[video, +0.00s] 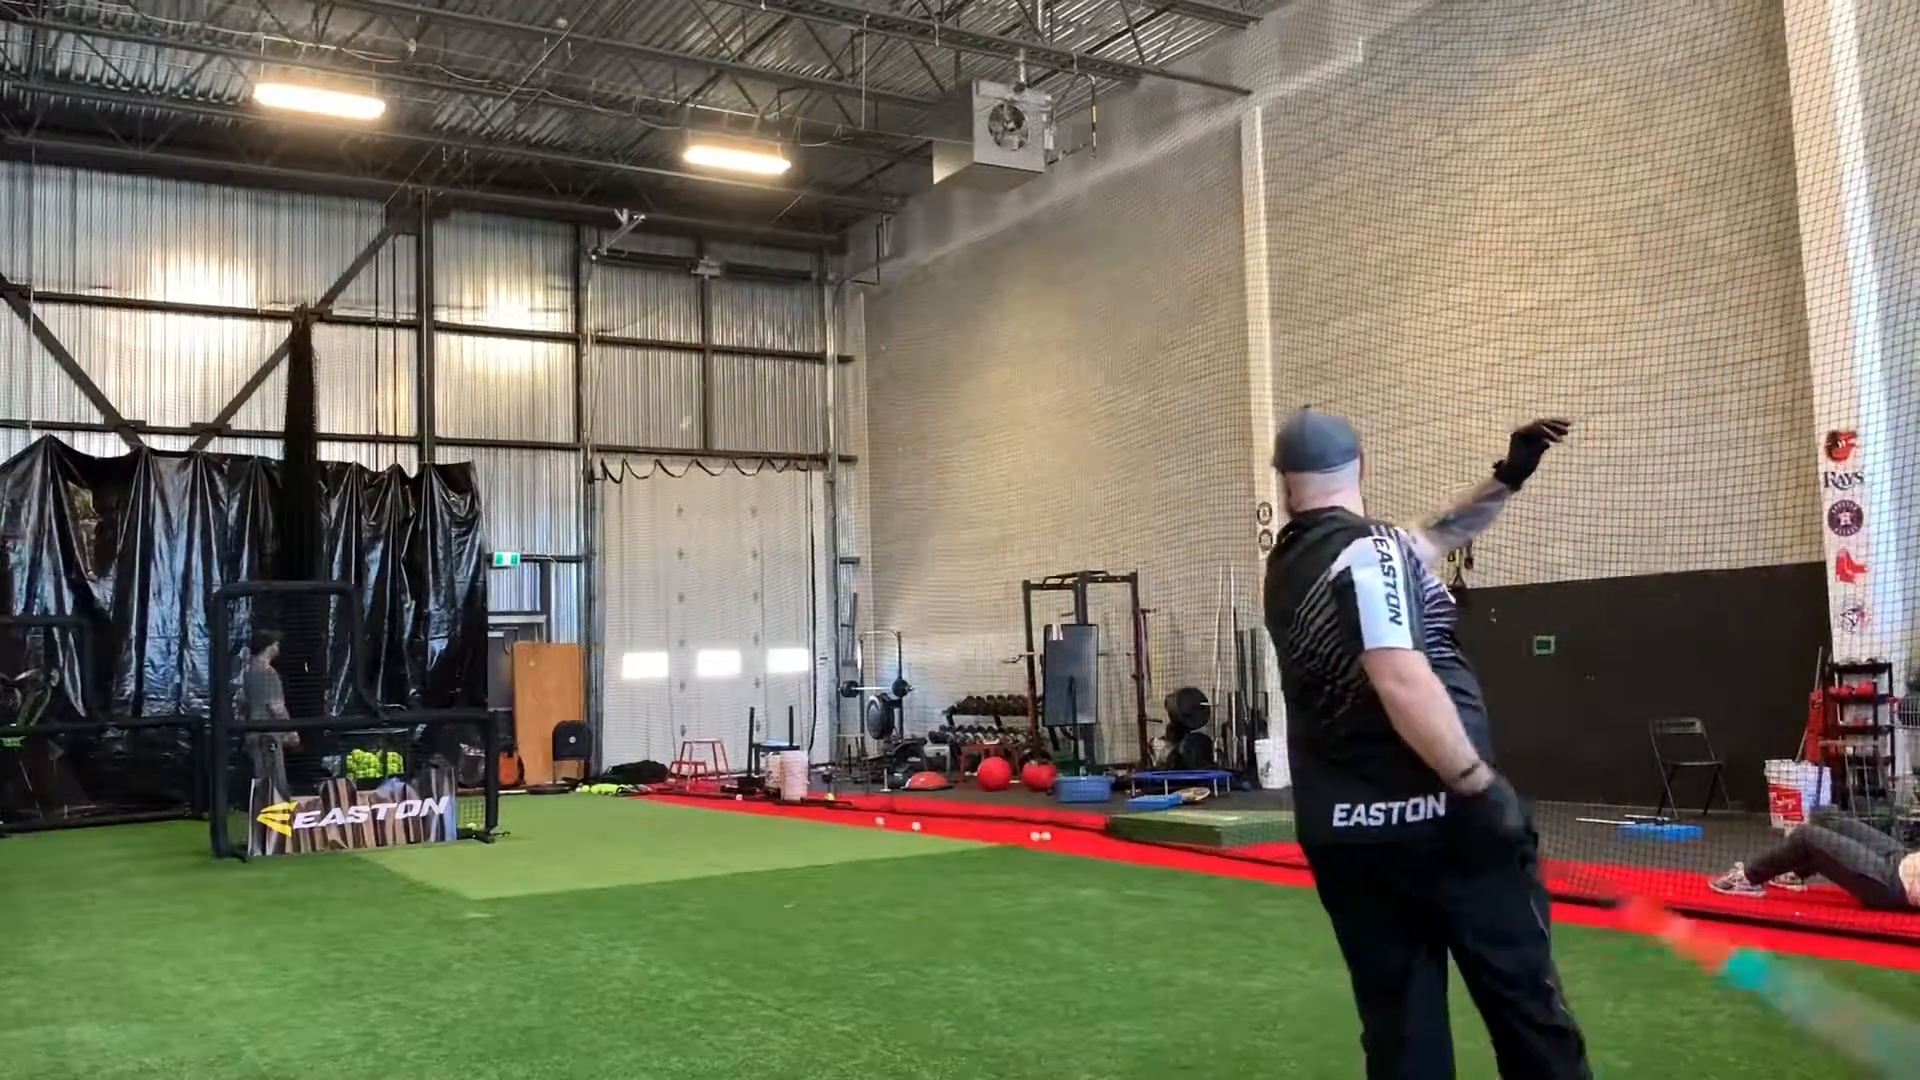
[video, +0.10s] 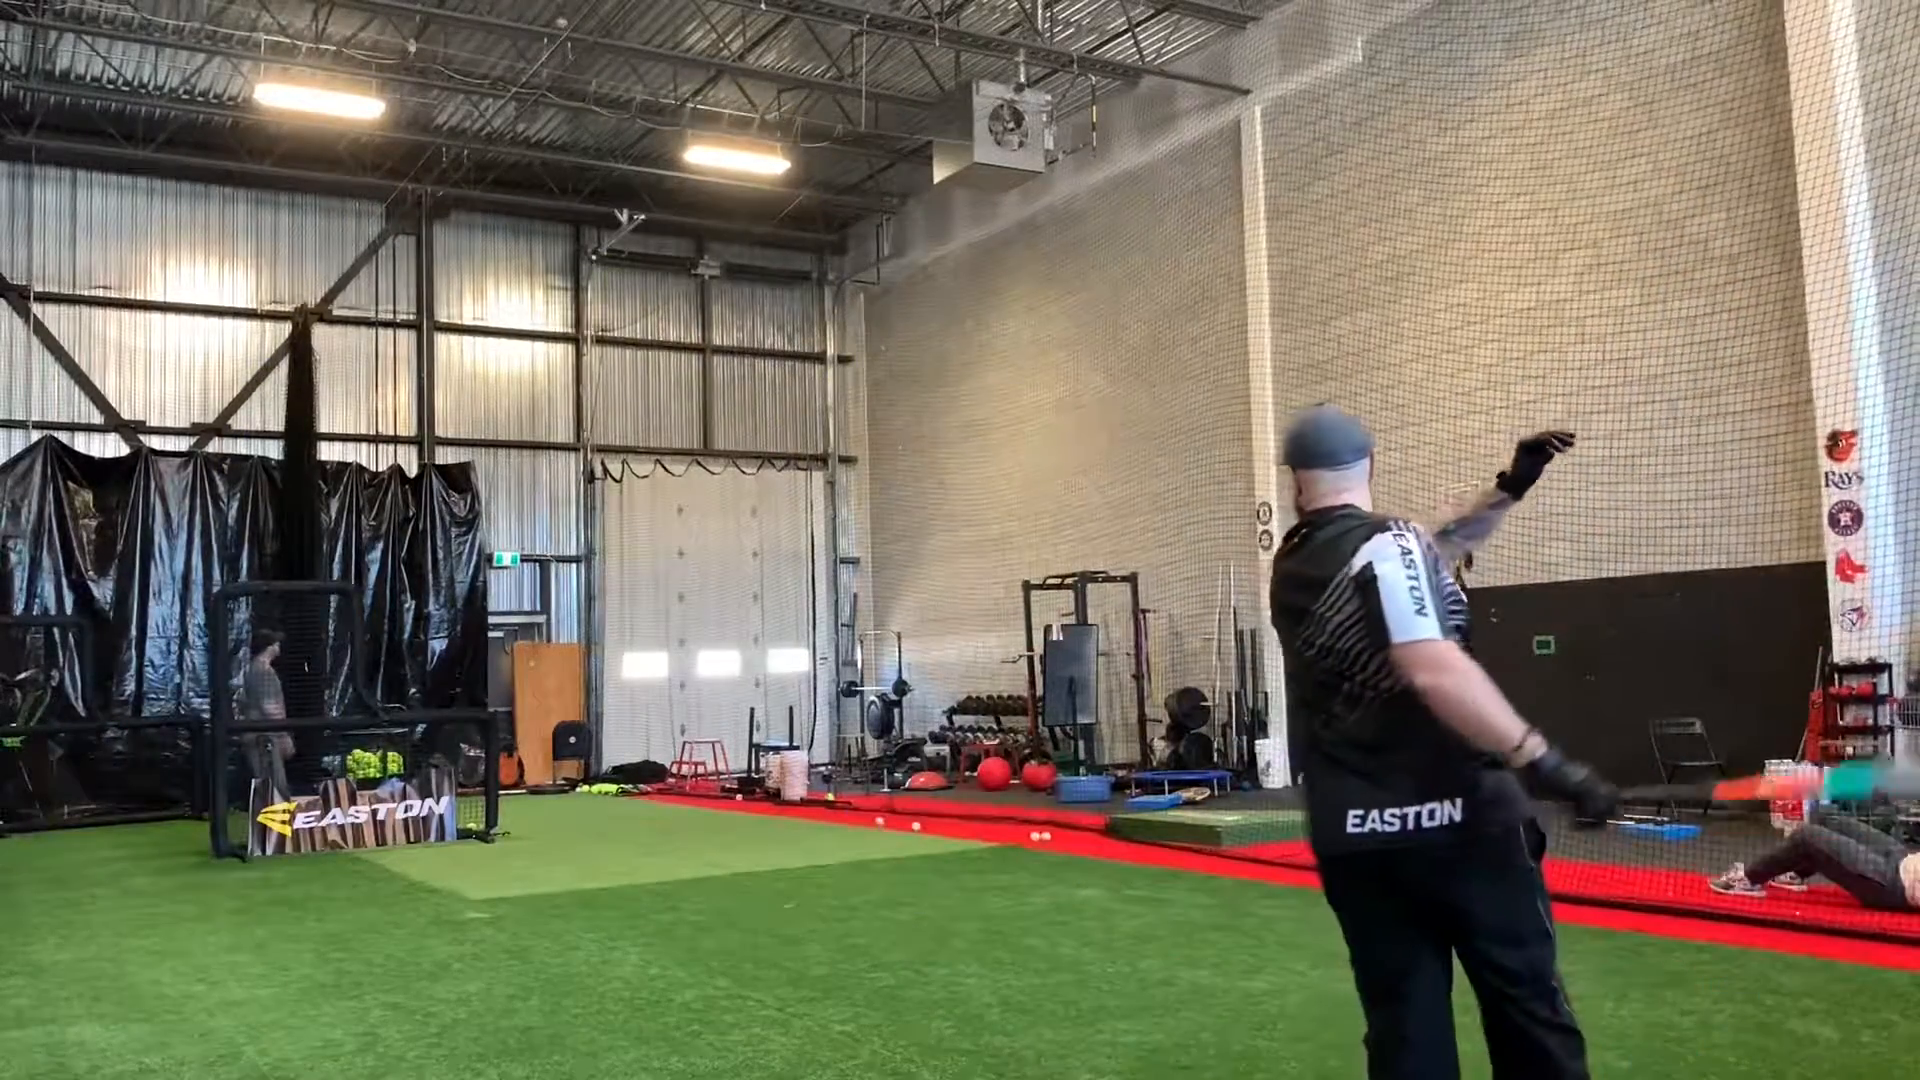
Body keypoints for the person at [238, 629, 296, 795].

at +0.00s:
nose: (278, 649)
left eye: (277, 645)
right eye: (275, 645)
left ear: (257, 647)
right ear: (268, 647)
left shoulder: (248, 671)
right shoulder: (269, 673)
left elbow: (242, 698)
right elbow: (276, 705)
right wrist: (290, 730)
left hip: (252, 726)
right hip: (270, 726)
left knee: (260, 773)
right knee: (276, 773)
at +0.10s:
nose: (278, 649)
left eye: (278, 644)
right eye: (276, 645)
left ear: (260, 646)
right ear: (269, 646)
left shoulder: (252, 669)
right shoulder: (264, 670)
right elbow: (270, 707)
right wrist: (284, 737)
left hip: (253, 732)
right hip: (265, 734)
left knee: (262, 781)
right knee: (275, 781)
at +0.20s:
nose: (279, 651)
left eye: (279, 646)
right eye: (277, 646)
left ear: (263, 647)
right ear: (270, 646)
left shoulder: (254, 669)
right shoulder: (261, 669)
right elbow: (264, 708)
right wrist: (279, 736)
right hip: (264, 737)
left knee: (263, 782)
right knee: (274, 782)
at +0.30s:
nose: (279, 651)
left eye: (279, 647)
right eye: (278, 646)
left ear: (265, 647)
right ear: (270, 647)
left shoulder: (262, 669)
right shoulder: (260, 670)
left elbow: (273, 707)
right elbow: (260, 709)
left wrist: (280, 733)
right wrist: (272, 734)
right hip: (262, 737)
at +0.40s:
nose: (277, 654)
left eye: (277, 650)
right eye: (275, 650)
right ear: (270, 649)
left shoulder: (270, 673)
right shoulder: (254, 672)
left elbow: (274, 706)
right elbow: (248, 704)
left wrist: (281, 731)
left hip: (273, 737)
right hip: (258, 737)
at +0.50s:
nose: (276, 655)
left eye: (277, 651)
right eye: (275, 650)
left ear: (271, 652)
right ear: (267, 650)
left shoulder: (270, 673)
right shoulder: (247, 671)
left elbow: (275, 706)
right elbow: (243, 706)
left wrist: (281, 732)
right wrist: (245, 738)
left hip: (270, 733)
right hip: (252, 732)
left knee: (272, 775)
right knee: (254, 778)